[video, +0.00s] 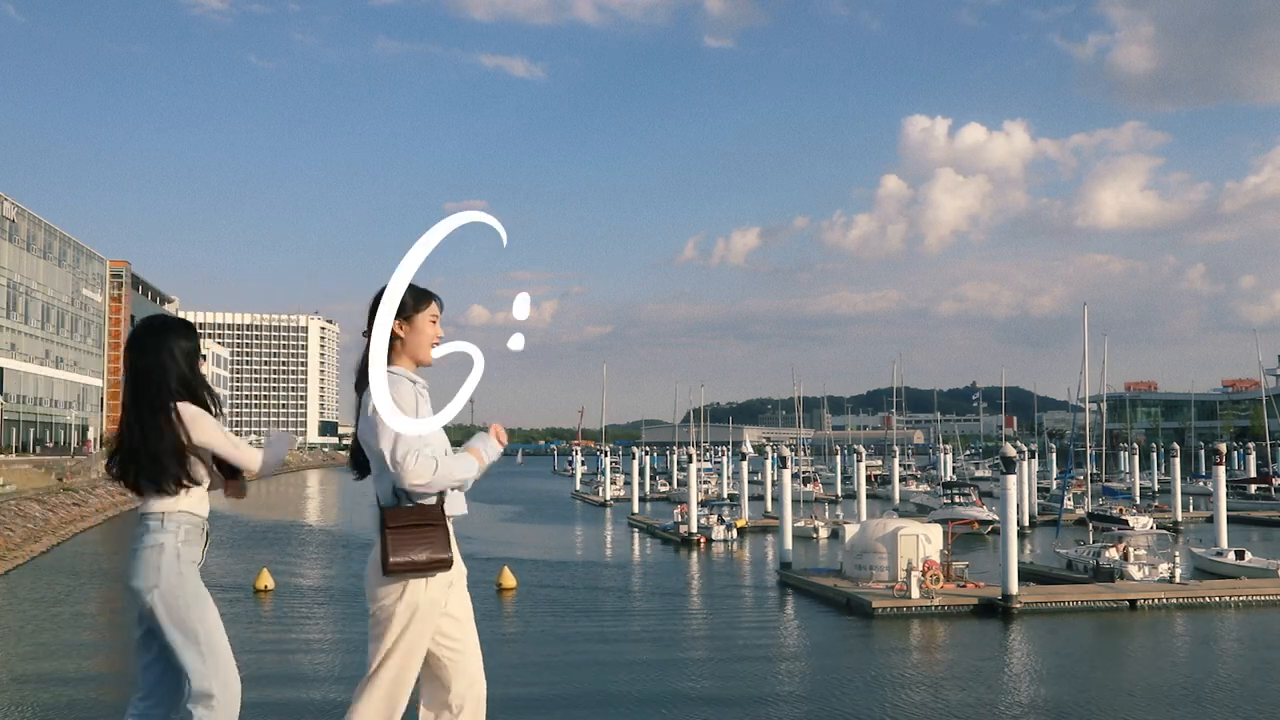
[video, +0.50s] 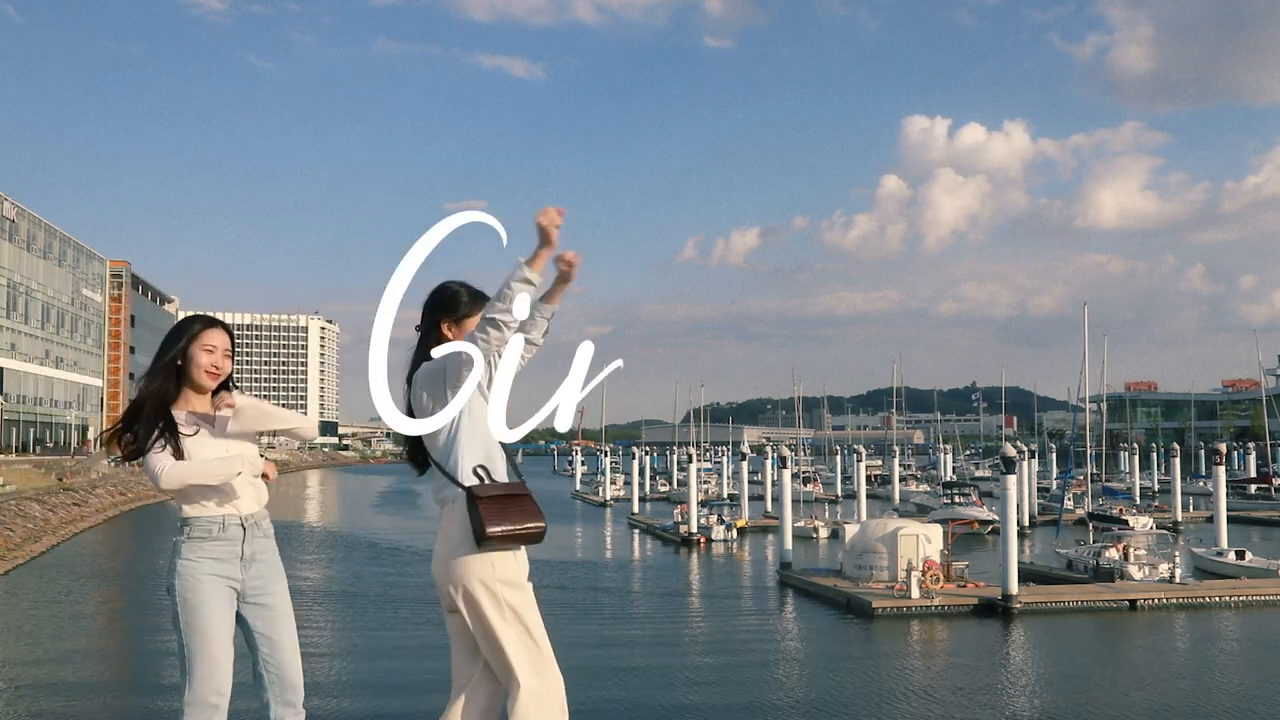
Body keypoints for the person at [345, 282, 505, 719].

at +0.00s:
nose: (439, 333)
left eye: (439, 323)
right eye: (431, 322)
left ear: (407, 331)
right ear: (399, 328)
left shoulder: (412, 388)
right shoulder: (390, 389)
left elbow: (425, 472)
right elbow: (415, 473)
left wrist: (476, 452)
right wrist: (480, 451)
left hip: (438, 541)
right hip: (410, 543)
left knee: (462, 692)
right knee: (383, 693)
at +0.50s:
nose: (483, 336)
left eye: (484, 326)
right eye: (476, 326)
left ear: (449, 327)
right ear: (447, 326)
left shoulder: (437, 377)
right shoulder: (448, 371)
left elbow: (521, 344)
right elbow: (494, 328)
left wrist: (557, 289)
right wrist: (540, 252)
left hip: (458, 545)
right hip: (486, 547)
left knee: (474, 690)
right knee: (540, 686)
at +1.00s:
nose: (546, 342)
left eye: (546, 332)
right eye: (538, 332)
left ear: (511, 340)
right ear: (511, 338)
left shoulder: (525, 389)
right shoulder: (491, 394)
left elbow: (587, 344)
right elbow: (555, 346)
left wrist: (640, 294)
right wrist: (609, 278)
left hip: (549, 553)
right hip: (522, 557)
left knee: (604, 692)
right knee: (559, 699)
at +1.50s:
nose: (607, 333)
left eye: (605, 324)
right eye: (600, 323)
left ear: (577, 329)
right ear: (574, 329)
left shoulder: (592, 384)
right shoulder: (553, 383)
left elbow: (641, 341)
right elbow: (609, 332)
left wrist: (687, 280)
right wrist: (658, 252)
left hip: (622, 539)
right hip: (586, 541)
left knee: (657, 698)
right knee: (603, 699)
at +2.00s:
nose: (673, 347)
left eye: (673, 336)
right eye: (665, 336)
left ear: (636, 341)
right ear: (633, 340)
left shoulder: (640, 392)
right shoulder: (621, 390)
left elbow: (699, 342)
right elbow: (684, 344)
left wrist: (750, 287)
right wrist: (740, 274)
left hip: (655, 549)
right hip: (643, 551)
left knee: (663, 697)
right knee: (723, 695)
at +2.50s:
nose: (747, 343)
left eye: (746, 333)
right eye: (739, 332)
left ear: (701, 340)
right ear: (709, 338)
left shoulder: (689, 397)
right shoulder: (710, 391)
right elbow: (766, 345)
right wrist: (804, 269)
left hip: (716, 557)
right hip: (735, 558)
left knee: (726, 700)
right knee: (795, 697)